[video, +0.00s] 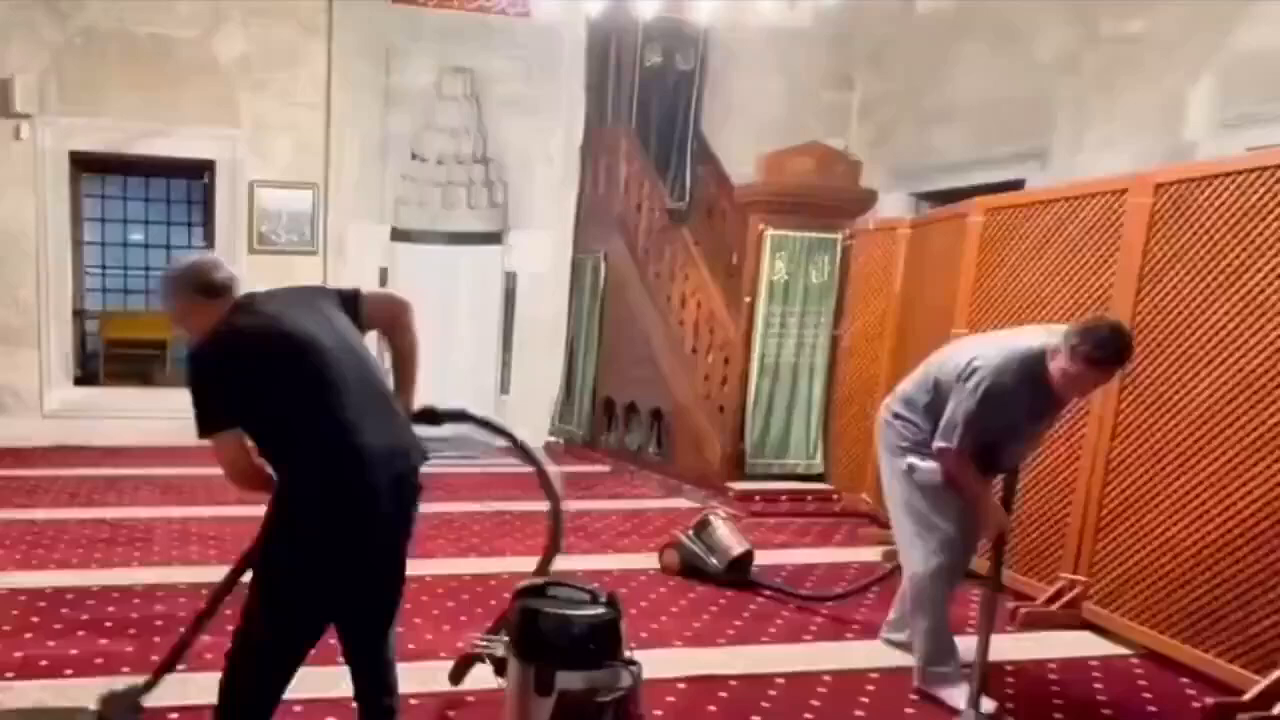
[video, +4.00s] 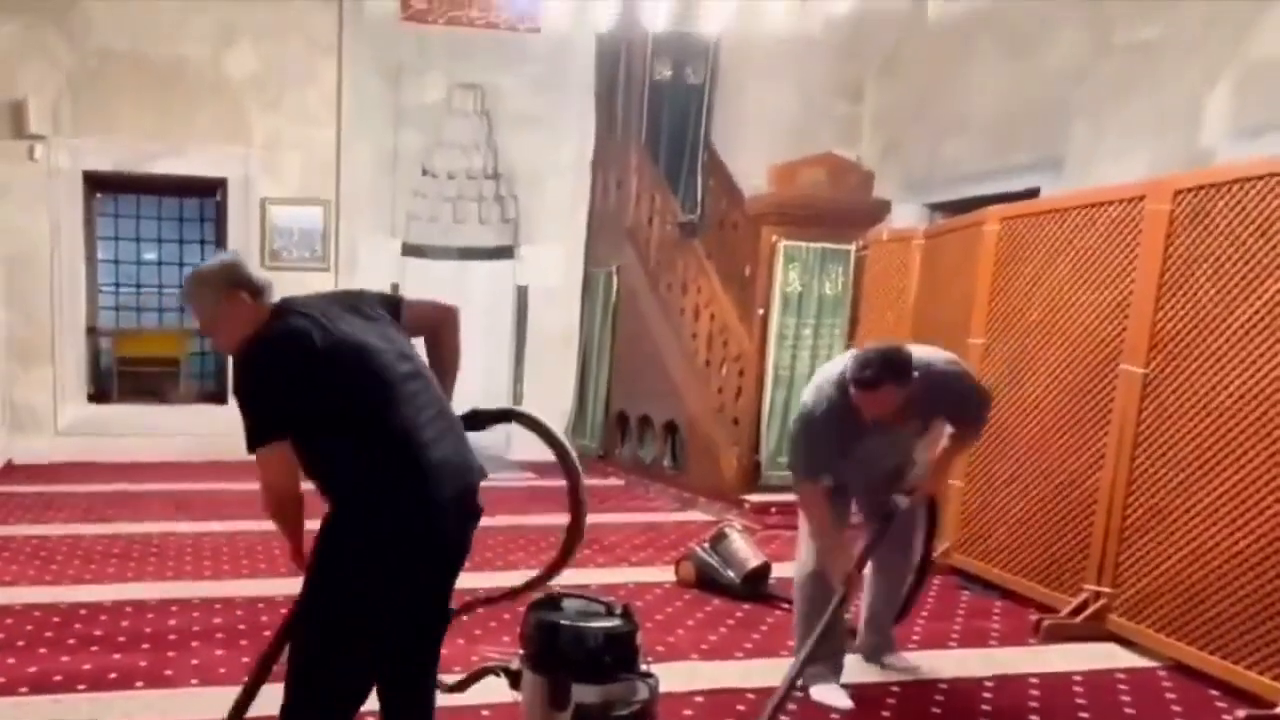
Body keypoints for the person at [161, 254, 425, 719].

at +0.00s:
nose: (181, 330)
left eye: (178, 319)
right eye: (177, 319)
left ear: (189, 308)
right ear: (231, 288)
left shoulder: (211, 353)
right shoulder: (304, 300)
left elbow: (240, 470)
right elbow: (395, 309)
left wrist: (286, 486)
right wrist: (404, 405)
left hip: (323, 490)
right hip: (396, 470)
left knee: (261, 655)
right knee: (369, 637)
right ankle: (380, 714)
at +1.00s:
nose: (75, 371)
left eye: (72, 361)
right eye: (70, 362)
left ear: (81, 349)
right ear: (123, 326)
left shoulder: (97, 388)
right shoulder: (191, 337)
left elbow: (63, 492)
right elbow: (194, 458)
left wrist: (21, 563)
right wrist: (138, 516)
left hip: (237, 495)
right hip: (317, 468)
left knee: (201, 641)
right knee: (345, 628)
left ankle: (206, 714)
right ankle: (371, 709)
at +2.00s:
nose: (196, 317)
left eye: (195, 304)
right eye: (192, 306)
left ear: (212, 291)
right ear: (244, 278)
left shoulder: (225, 346)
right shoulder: (319, 286)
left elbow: (260, 458)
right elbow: (410, 277)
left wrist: (296, 494)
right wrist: (427, 366)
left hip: (333, 477)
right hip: (408, 461)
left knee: (276, 637)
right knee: (391, 628)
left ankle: (247, 715)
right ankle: (386, 714)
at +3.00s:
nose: (70, 382)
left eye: (66, 368)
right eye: (63, 371)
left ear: (82, 351)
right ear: (122, 333)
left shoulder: (102, 393)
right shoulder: (190, 355)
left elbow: (61, 503)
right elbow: (189, 482)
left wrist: (14, 579)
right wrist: (133, 546)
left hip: (256, 492)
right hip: (338, 459)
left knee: (218, 657)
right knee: (351, 640)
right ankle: (385, 710)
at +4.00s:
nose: (208, 338)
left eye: (207, 322)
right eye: (201, 326)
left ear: (241, 301)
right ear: (251, 298)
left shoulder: (257, 359)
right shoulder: (343, 304)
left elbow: (282, 489)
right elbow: (442, 318)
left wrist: (297, 545)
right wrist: (435, 412)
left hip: (381, 509)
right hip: (455, 489)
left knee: (321, 671)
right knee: (409, 665)